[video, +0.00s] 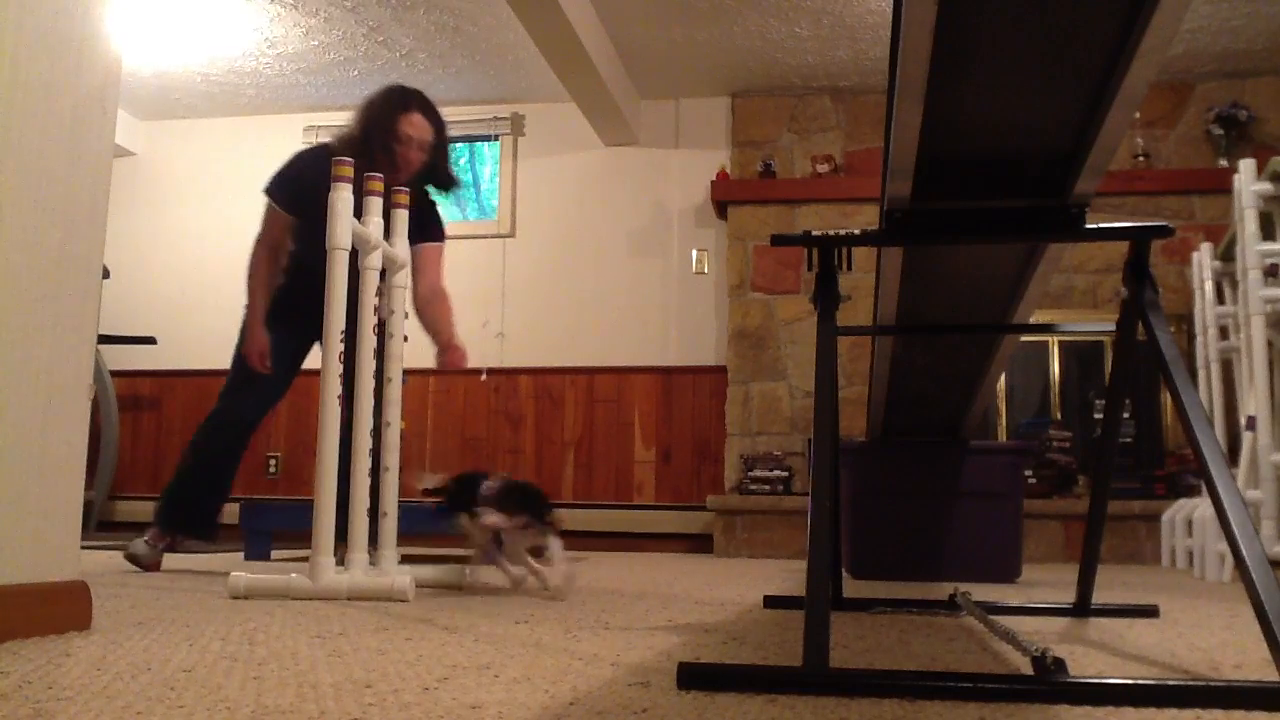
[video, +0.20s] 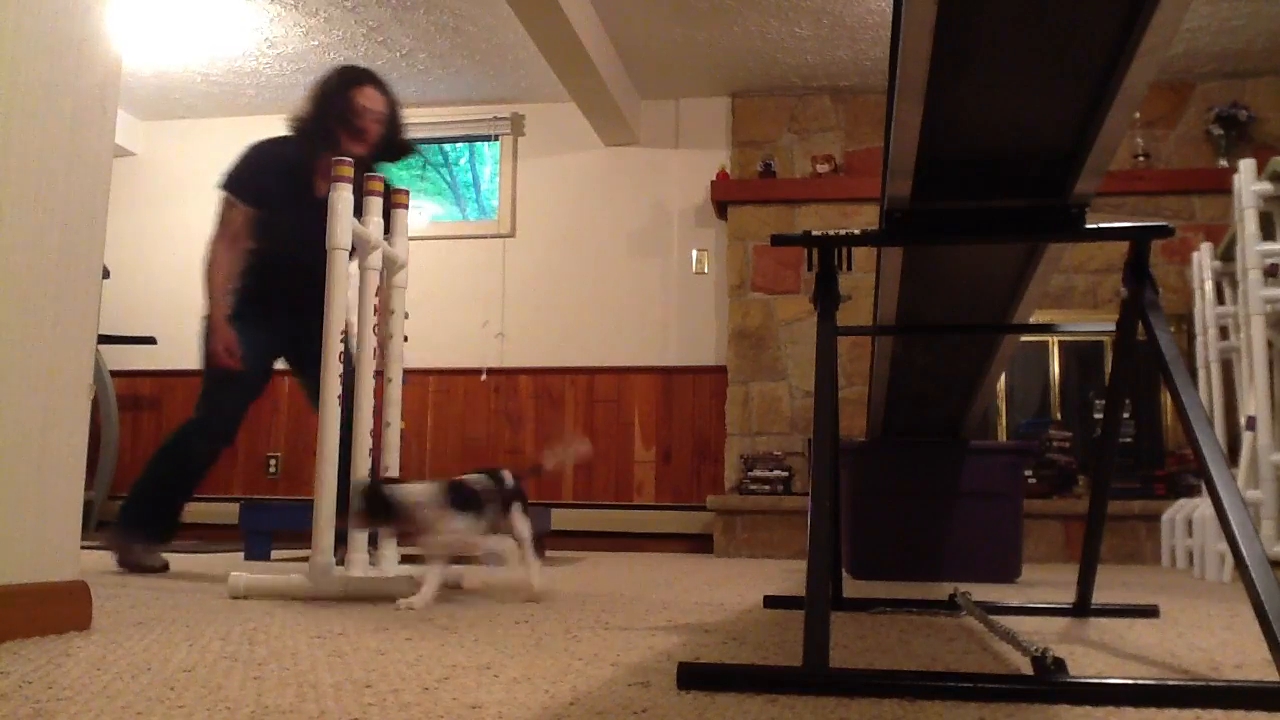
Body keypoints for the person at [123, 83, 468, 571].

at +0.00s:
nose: (413, 156)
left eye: (424, 147)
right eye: (404, 142)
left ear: (433, 151)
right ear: (377, 135)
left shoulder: (417, 206)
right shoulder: (317, 168)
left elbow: (430, 286)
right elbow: (269, 245)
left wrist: (446, 338)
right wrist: (256, 322)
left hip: (365, 310)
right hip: (298, 298)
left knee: (369, 422)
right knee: (240, 407)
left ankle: (356, 542)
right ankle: (170, 526)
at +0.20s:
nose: (366, 124)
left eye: (378, 117)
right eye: (357, 111)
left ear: (387, 128)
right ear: (331, 110)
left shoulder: (366, 185)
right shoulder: (271, 161)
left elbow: (380, 273)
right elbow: (229, 241)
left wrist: (375, 339)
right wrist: (219, 319)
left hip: (317, 314)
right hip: (254, 308)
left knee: (357, 418)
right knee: (216, 425)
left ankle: (357, 536)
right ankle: (137, 532)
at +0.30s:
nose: (345, 122)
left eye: (354, 114)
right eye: (336, 109)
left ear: (362, 122)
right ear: (309, 109)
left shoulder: (342, 182)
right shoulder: (246, 160)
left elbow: (352, 269)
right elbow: (204, 243)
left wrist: (353, 335)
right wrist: (203, 321)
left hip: (286, 313)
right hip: (223, 308)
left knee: (334, 427)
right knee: (196, 429)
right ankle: (123, 534)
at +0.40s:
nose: (317, 125)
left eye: (326, 118)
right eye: (308, 112)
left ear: (330, 127)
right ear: (281, 110)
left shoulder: (300, 189)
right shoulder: (221, 159)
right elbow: (189, 246)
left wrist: (298, 318)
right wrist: (198, 324)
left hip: (232, 304)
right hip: (170, 299)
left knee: (277, 416)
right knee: (169, 418)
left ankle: (289, 533)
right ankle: (116, 541)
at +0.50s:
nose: (308, 134)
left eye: (315, 126)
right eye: (300, 119)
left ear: (315, 134)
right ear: (270, 114)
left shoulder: (280, 187)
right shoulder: (220, 159)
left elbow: (246, 256)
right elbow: (197, 252)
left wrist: (266, 312)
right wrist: (210, 334)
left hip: (208, 297)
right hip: (151, 293)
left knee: (254, 403)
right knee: (163, 412)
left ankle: (240, 527)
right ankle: (117, 542)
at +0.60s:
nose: (303, 138)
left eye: (309, 130)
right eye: (295, 124)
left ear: (307, 136)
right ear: (265, 117)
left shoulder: (257, 179)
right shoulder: (223, 161)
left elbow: (218, 257)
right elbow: (211, 256)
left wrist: (236, 317)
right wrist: (232, 336)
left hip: (181, 297)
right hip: (139, 290)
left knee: (233, 402)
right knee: (158, 413)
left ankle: (200, 505)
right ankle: (113, 543)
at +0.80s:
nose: (294, 153)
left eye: (297, 142)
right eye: (291, 141)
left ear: (250, 131)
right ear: (266, 136)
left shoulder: (212, 166)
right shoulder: (238, 176)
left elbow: (165, 239)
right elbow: (253, 270)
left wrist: (180, 308)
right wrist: (289, 338)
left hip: (135, 298)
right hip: (149, 301)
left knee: (171, 420)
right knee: (154, 422)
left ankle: (131, 534)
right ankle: (111, 543)